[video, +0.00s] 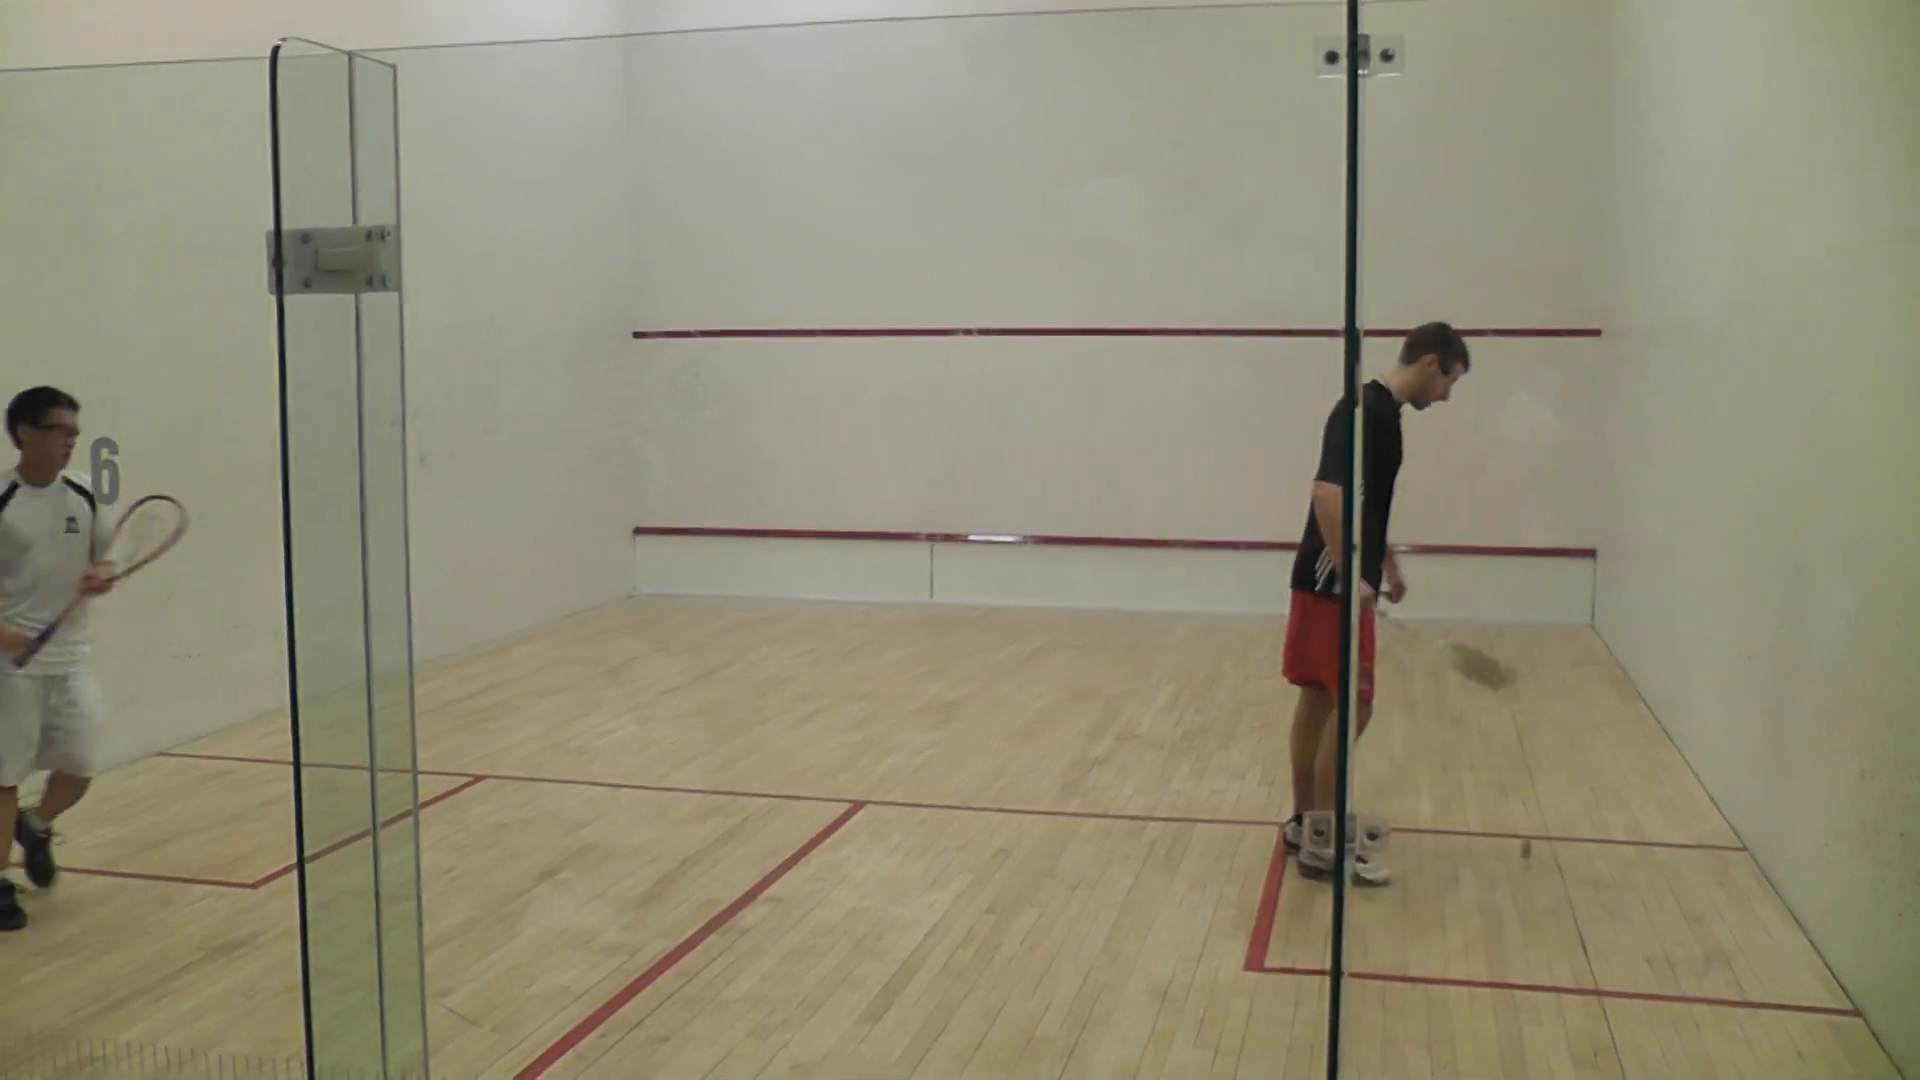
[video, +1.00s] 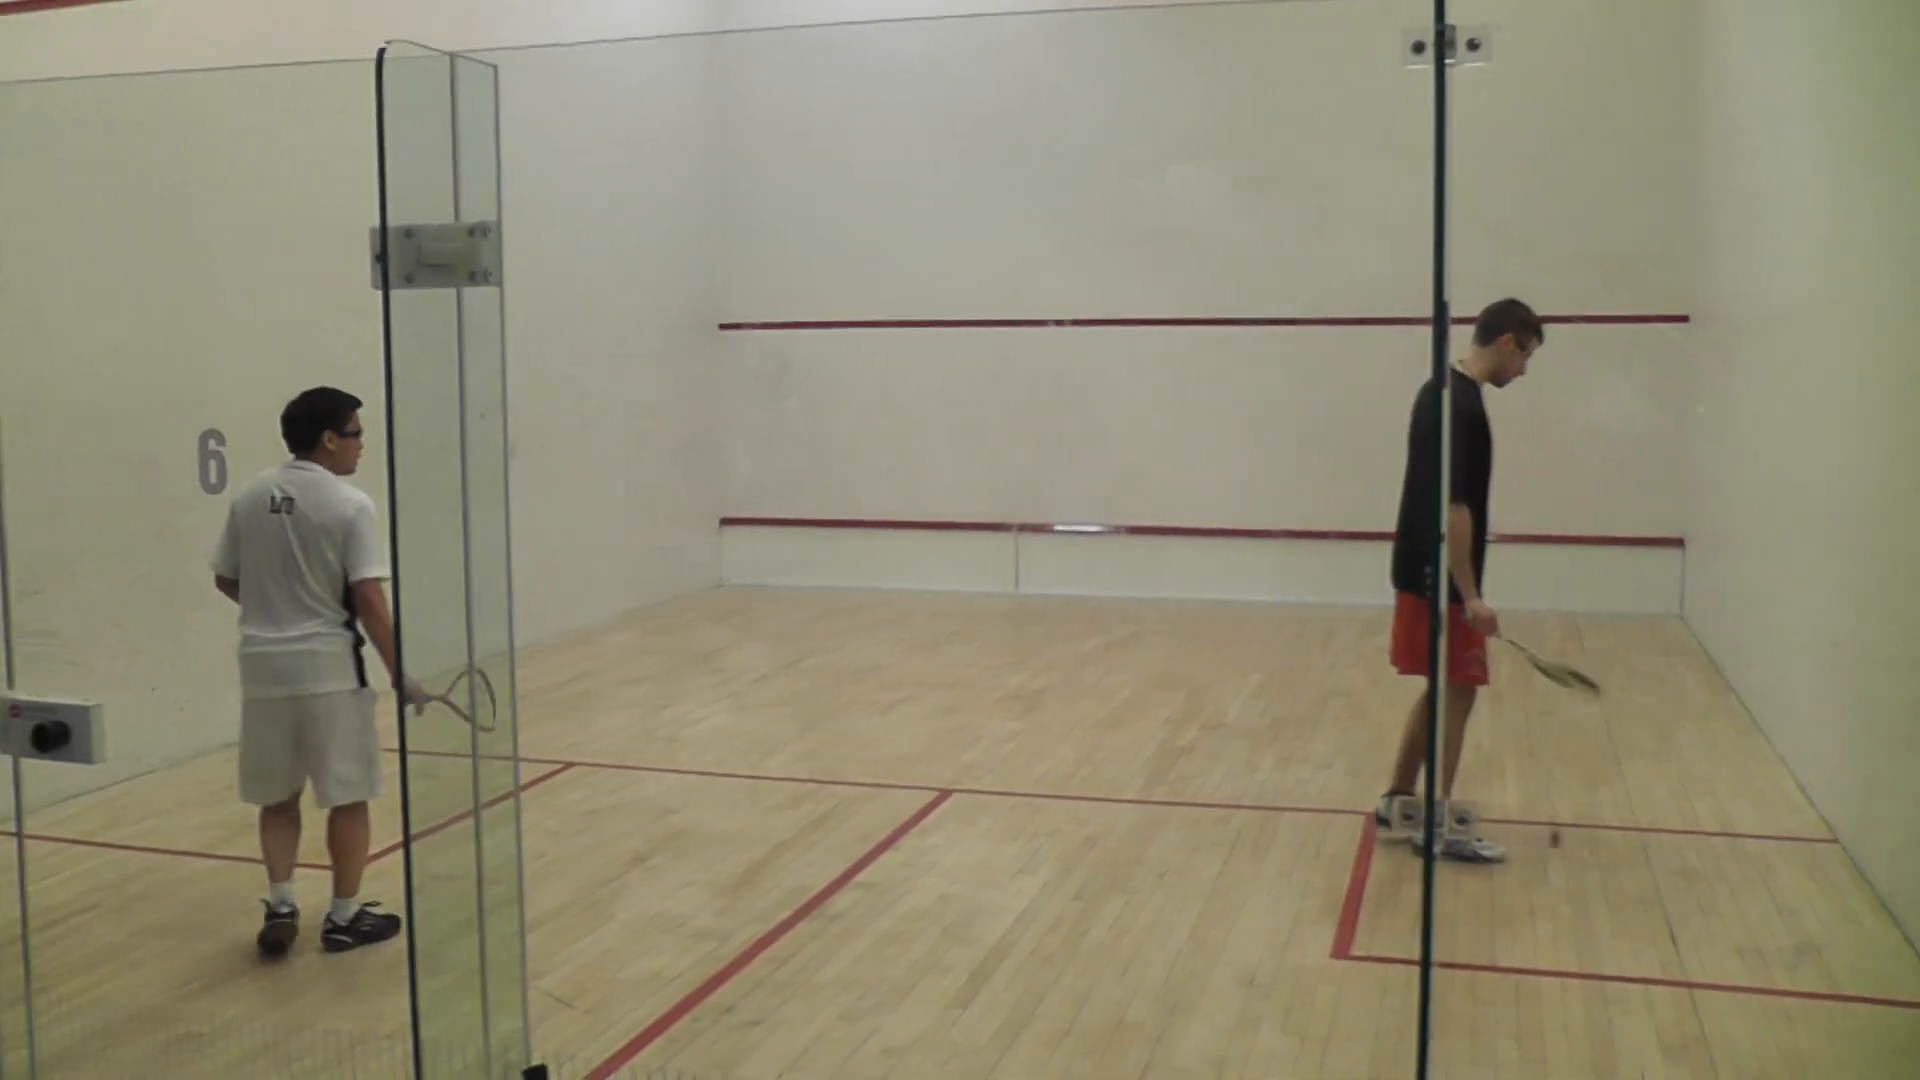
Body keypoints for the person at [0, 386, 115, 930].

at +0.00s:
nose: (70, 442)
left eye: (74, 433)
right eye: (59, 433)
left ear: (74, 438)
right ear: (23, 434)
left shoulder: (83, 500)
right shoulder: (2, 502)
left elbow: (101, 564)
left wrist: (100, 578)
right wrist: (2, 631)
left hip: (68, 660)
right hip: (12, 664)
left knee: (78, 764)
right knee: (7, 778)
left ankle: (35, 826)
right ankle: (1, 878)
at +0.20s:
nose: (141, 445)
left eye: (144, 435)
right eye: (129, 434)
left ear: (144, 439)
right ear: (94, 437)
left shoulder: (144, 507)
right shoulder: (63, 502)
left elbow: (153, 575)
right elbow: (39, 585)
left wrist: (179, 588)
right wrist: (105, 634)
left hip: (126, 664)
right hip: (68, 668)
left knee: (156, 765)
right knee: (46, 776)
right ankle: (26, 878)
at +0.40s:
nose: (223, 440)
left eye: (222, 431)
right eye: (212, 432)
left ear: (197, 440)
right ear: (177, 440)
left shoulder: (213, 501)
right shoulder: (149, 506)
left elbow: (214, 580)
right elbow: (139, 593)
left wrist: (257, 603)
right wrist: (197, 643)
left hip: (203, 661)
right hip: (153, 667)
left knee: (221, 766)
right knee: (149, 785)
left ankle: (216, 883)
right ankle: (78, 842)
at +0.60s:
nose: (277, 428)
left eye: (276, 418)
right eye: (267, 419)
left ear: (242, 426)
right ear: (234, 425)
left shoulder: (239, 481)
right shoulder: (219, 483)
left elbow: (242, 563)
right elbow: (218, 571)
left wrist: (293, 587)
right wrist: (273, 635)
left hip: (221, 644)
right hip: (208, 647)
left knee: (246, 759)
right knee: (261, 759)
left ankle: (232, 873)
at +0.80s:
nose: (323, 443)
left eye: (322, 432)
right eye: (316, 432)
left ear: (271, 438)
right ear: (285, 437)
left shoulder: (229, 489)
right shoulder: (301, 502)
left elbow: (209, 572)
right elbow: (313, 596)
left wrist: (266, 601)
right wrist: (343, 665)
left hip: (218, 662)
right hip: (269, 668)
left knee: (249, 771)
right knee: (301, 787)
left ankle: (243, 880)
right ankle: (311, 914)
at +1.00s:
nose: (361, 444)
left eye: (360, 433)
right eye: (355, 434)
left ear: (300, 440)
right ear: (325, 440)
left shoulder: (249, 495)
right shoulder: (350, 504)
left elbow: (226, 578)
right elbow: (366, 599)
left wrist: (278, 606)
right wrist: (401, 674)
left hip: (262, 674)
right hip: (331, 674)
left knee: (278, 794)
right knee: (350, 793)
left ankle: (280, 905)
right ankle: (345, 914)